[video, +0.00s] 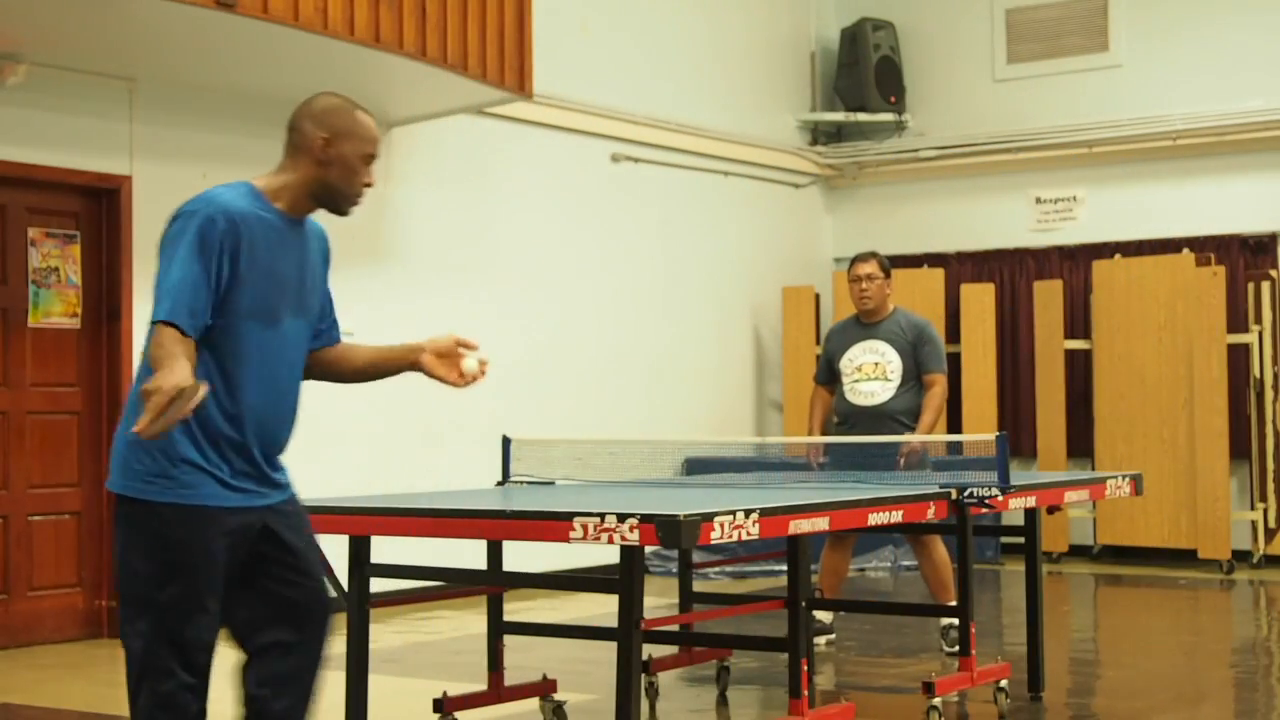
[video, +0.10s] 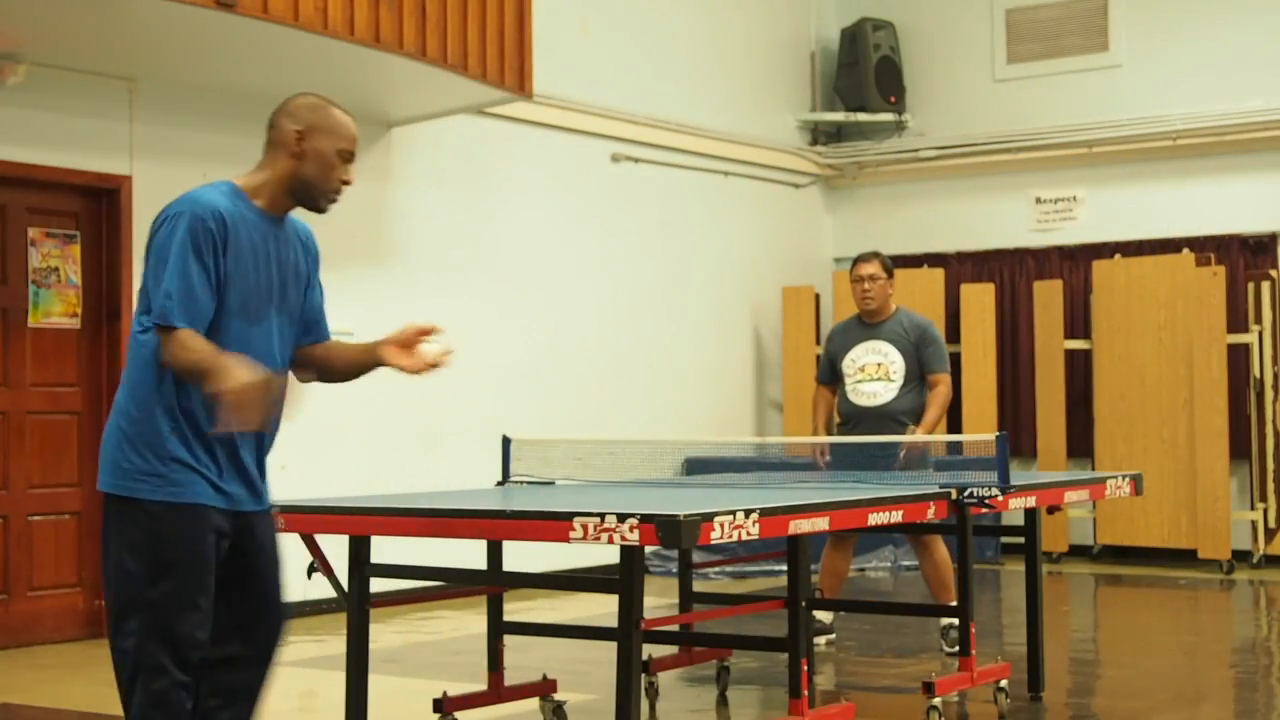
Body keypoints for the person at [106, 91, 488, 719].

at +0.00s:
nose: (370, 179)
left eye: (372, 164)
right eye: (364, 161)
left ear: (322, 150)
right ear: (319, 146)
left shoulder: (311, 243)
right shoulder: (214, 217)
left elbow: (316, 355)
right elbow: (170, 330)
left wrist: (416, 354)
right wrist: (177, 374)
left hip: (258, 482)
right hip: (174, 478)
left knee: (298, 618)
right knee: (172, 669)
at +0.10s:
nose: (348, 177)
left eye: (352, 162)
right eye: (341, 158)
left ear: (296, 145)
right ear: (293, 141)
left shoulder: (299, 243)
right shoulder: (198, 217)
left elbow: (309, 357)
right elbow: (174, 339)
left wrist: (378, 351)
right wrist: (231, 368)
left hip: (239, 480)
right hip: (160, 475)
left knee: (250, 634)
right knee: (167, 656)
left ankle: (216, 716)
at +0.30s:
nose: (326, 169)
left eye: (327, 154)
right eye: (318, 152)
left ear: (276, 145)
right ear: (273, 142)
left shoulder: (272, 240)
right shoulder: (197, 215)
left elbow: (267, 340)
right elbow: (234, 340)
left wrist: (292, 388)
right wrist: (346, 303)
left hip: (214, 479)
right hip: (158, 473)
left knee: (184, 664)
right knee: (165, 671)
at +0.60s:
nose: (325, 165)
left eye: (324, 151)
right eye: (319, 150)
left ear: (261, 152)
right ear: (289, 150)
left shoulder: (197, 223)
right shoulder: (267, 224)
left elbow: (205, 343)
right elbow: (305, 347)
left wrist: (280, 403)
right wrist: (397, 333)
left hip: (155, 461)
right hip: (205, 467)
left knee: (173, 632)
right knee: (269, 621)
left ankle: (160, 714)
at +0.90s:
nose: (386, 205)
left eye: (386, 193)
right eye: (384, 193)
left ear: (313, 195)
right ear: (363, 195)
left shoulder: (236, 253)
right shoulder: (355, 274)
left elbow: (180, 353)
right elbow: (379, 406)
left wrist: (266, 361)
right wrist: (460, 403)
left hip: (184, 478)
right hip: (263, 483)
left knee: (236, 607)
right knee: (347, 632)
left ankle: (185, 714)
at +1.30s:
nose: (409, 227)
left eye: (408, 214)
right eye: (401, 214)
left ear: (356, 217)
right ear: (364, 218)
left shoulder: (272, 262)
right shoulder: (309, 286)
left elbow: (247, 373)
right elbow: (294, 421)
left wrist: (330, 393)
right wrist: (384, 425)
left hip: (177, 483)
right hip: (230, 490)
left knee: (210, 633)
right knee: (325, 636)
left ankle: (166, 716)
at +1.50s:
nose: (412, 211)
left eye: (410, 197)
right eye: (401, 197)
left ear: (351, 199)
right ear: (360, 199)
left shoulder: (255, 238)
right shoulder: (334, 287)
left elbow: (193, 321)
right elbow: (380, 402)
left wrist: (306, 367)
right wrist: (471, 350)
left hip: (168, 471)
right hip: (237, 481)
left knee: (180, 647)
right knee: (303, 650)